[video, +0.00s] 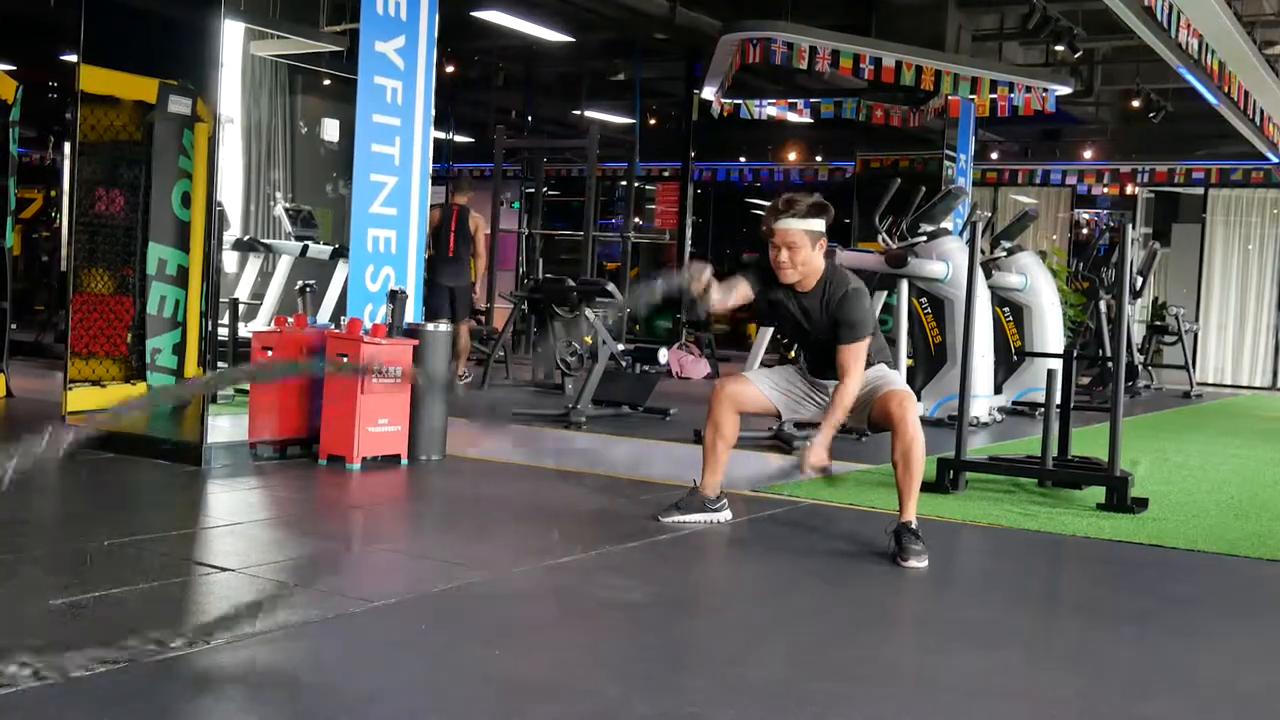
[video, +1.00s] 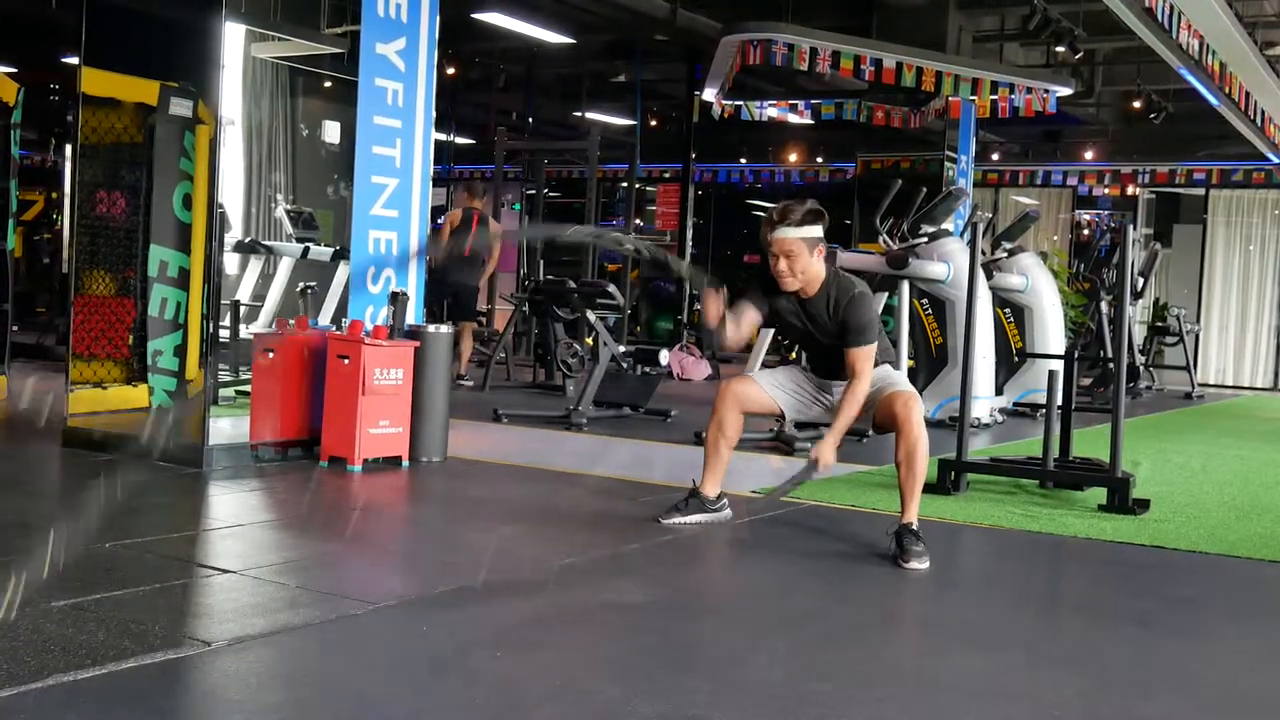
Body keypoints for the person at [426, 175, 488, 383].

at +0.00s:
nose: (467, 198)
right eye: (469, 195)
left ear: (451, 193)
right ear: (470, 195)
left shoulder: (434, 214)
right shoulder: (476, 219)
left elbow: (421, 242)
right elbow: (480, 254)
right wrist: (478, 282)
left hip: (436, 279)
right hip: (462, 281)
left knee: (435, 327)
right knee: (462, 327)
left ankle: (433, 371)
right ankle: (460, 373)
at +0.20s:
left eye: (457, 196)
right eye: (474, 198)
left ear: (456, 196)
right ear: (476, 198)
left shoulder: (439, 218)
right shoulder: (484, 226)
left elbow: (430, 250)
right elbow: (484, 262)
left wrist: (427, 277)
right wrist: (483, 292)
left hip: (440, 284)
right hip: (466, 286)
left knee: (438, 329)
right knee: (465, 330)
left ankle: (434, 372)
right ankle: (461, 372)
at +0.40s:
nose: (481, 204)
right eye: (485, 201)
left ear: (466, 196)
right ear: (486, 200)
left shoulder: (449, 214)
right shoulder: (492, 227)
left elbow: (438, 246)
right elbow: (494, 262)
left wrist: (439, 269)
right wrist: (488, 289)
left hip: (446, 279)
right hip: (472, 283)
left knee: (440, 326)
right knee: (468, 329)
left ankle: (435, 371)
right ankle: (462, 373)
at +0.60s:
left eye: (468, 198)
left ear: (466, 199)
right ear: (487, 202)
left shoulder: (457, 217)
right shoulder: (497, 227)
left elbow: (442, 247)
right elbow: (496, 261)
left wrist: (441, 266)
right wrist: (488, 285)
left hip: (448, 280)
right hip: (473, 283)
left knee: (438, 326)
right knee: (468, 328)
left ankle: (435, 372)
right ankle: (462, 374)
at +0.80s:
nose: (465, 197)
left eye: (466, 194)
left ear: (470, 195)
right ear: (488, 199)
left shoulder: (457, 215)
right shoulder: (497, 226)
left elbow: (444, 246)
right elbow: (496, 259)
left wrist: (439, 264)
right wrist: (485, 282)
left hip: (449, 275)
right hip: (473, 280)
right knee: (468, 327)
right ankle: (462, 374)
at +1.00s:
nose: (461, 198)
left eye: (462, 194)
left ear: (466, 195)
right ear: (484, 199)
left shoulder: (452, 216)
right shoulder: (494, 226)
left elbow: (441, 248)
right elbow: (493, 259)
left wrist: (437, 265)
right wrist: (479, 282)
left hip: (445, 281)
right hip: (470, 284)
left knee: (438, 326)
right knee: (466, 329)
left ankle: (435, 372)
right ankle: (462, 373)